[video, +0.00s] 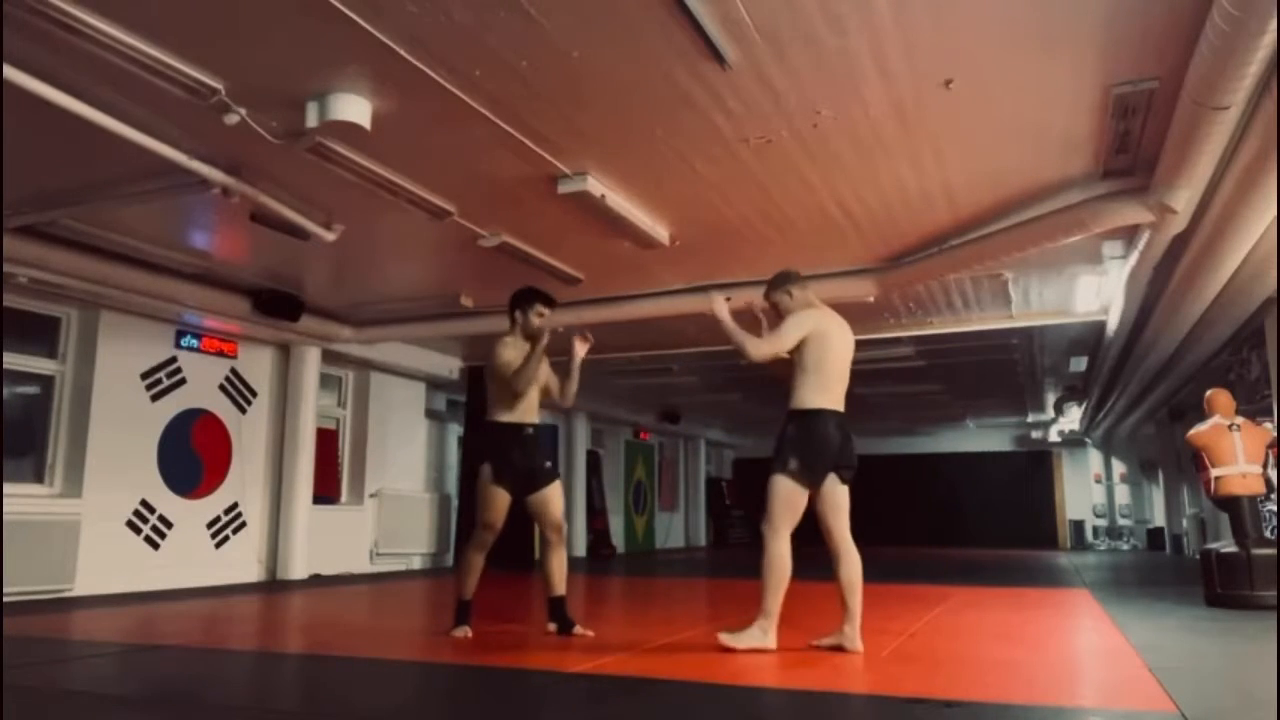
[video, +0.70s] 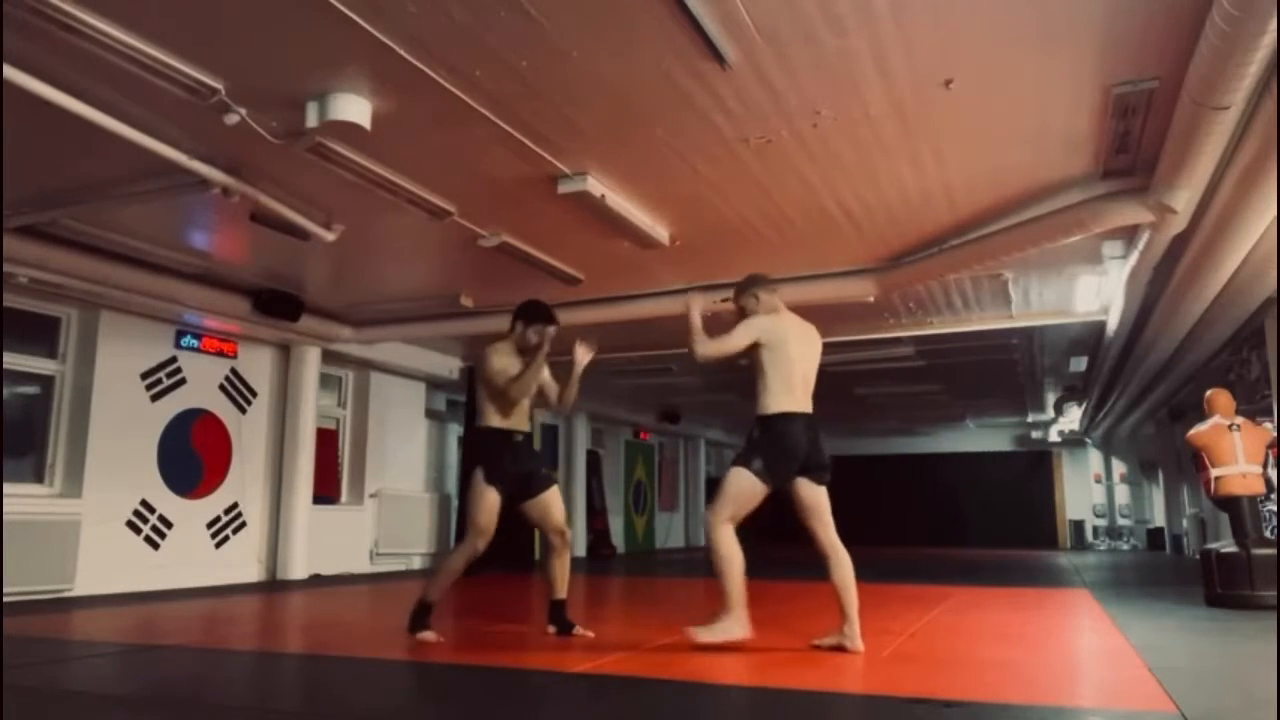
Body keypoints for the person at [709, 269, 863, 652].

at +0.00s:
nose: (778, 313)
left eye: (778, 305)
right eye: (775, 307)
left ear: (793, 292)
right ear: (804, 289)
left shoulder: (809, 319)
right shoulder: (841, 326)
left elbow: (759, 350)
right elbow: (793, 354)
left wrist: (724, 317)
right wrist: (767, 323)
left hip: (805, 432)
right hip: (836, 434)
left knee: (776, 530)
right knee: (841, 537)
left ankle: (765, 628)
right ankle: (852, 631)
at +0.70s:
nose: (745, 317)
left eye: (745, 311)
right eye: (742, 312)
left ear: (757, 298)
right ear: (774, 294)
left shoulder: (763, 324)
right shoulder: (811, 333)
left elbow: (704, 350)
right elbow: (777, 355)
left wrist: (695, 314)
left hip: (773, 438)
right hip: (809, 439)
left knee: (720, 519)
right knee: (829, 539)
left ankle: (735, 619)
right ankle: (852, 632)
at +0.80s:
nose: (738, 317)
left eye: (737, 310)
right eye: (735, 311)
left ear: (751, 298)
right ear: (766, 295)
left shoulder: (753, 328)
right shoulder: (800, 336)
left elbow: (717, 377)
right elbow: (771, 375)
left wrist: (696, 363)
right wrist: (730, 358)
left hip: (760, 442)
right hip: (795, 441)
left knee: (708, 524)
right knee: (825, 540)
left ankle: (679, 621)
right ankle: (850, 632)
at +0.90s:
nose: (726, 315)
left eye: (726, 308)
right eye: (725, 308)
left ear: (737, 303)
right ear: (759, 302)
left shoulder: (740, 337)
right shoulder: (785, 345)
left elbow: (735, 398)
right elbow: (731, 384)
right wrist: (695, 359)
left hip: (743, 449)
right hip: (778, 448)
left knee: (680, 525)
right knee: (811, 542)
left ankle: (670, 629)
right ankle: (848, 630)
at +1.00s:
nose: (708, 308)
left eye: (711, 300)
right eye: (707, 301)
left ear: (728, 296)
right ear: (736, 296)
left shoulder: (735, 340)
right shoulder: (739, 338)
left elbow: (742, 411)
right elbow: (690, 352)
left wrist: (706, 457)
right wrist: (667, 315)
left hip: (719, 449)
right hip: (744, 450)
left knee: (657, 532)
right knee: (768, 542)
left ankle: (667, 631)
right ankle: (834, 614)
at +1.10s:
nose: (694, 298)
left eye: (697, 290)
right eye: (693, 290)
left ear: (718, 286)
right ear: (717, 286)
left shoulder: (731, 333)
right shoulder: (709, 327)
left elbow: (746, 400)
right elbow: (662, 320)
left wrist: (703, 431)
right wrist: (630, 293)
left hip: (702, 447)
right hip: (690, 440)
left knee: (652, 533)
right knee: (690, 528)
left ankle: (667, 631)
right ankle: (761, 572)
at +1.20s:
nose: (685, 286)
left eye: (688, 279)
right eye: (685, 280)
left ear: (705, 275)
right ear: (711, 274)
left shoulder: (734, 324)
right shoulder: (695, 309)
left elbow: (732, 393)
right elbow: (653, 310)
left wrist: (685, 401)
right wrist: (614, 296)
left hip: (690, 423)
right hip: (660, 411)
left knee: (655, 522)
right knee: (603, 454)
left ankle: (665, 625)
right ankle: (652, 516)